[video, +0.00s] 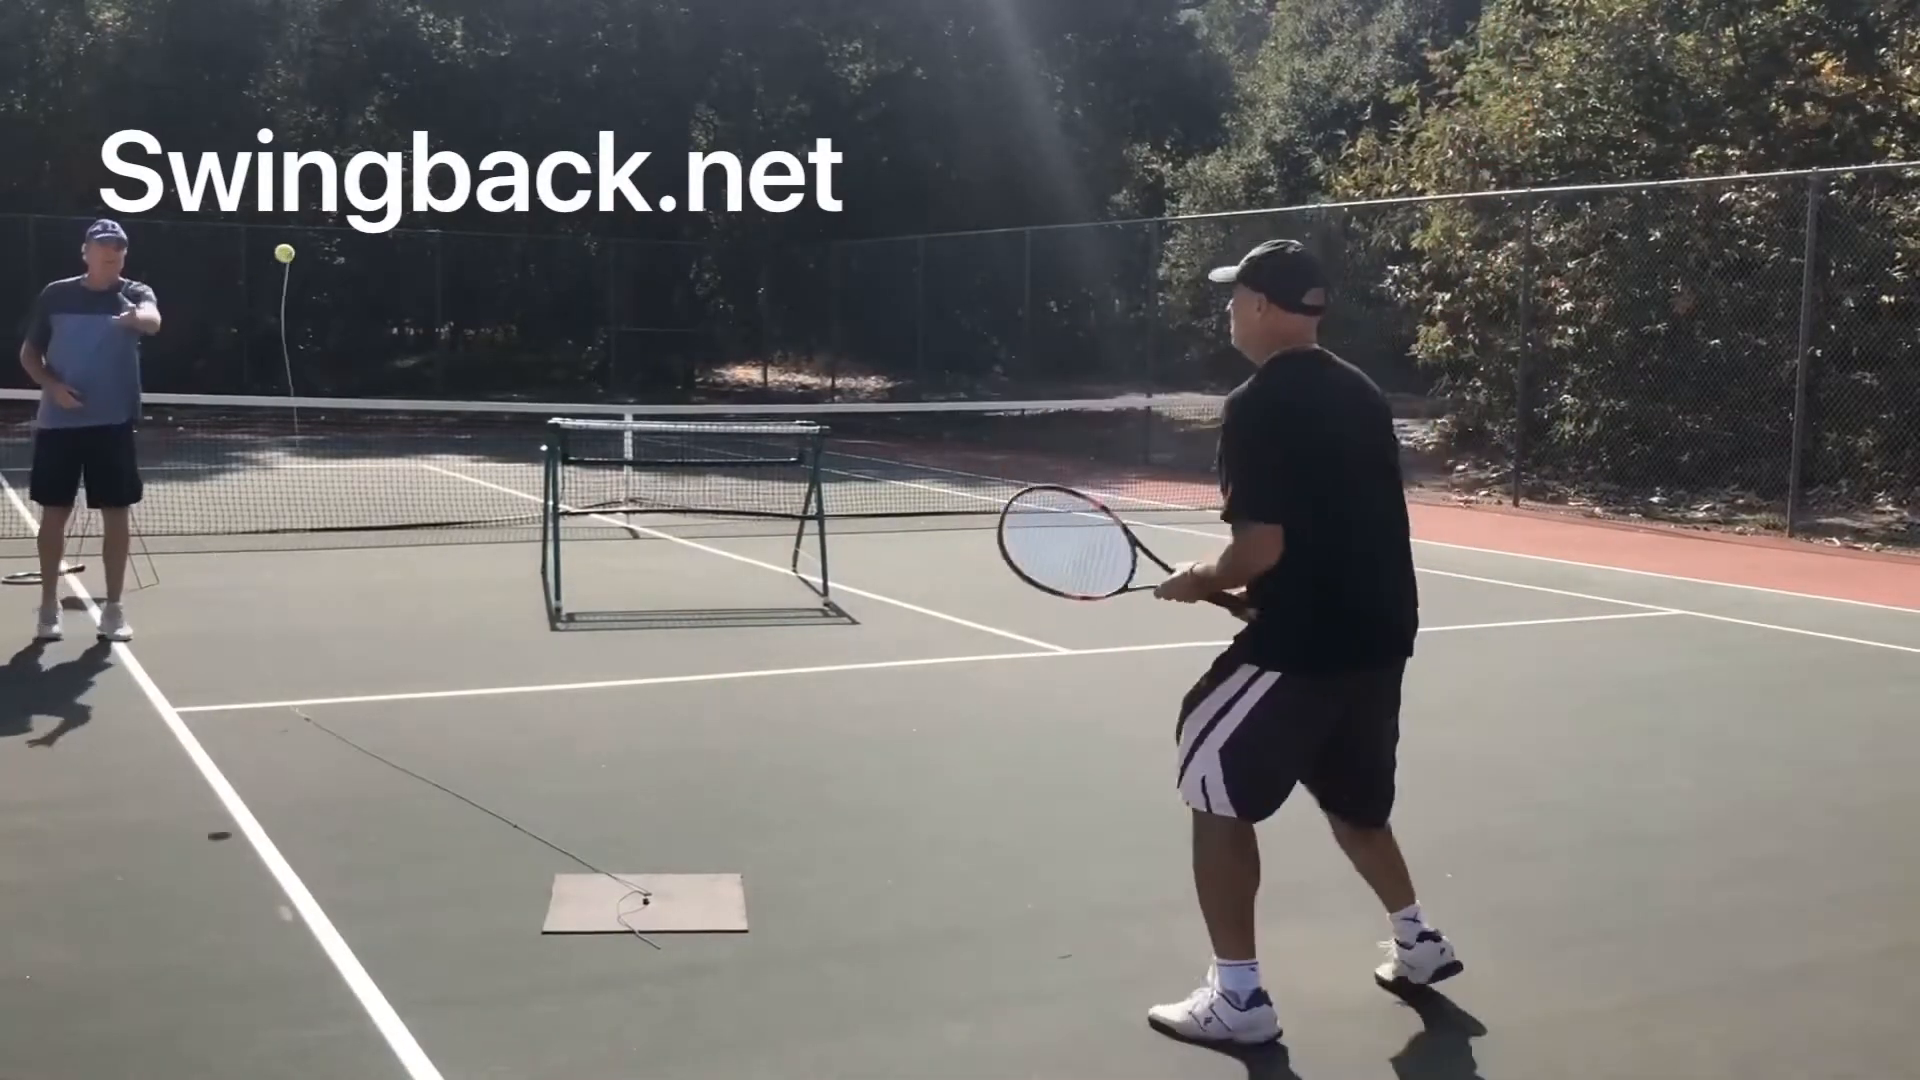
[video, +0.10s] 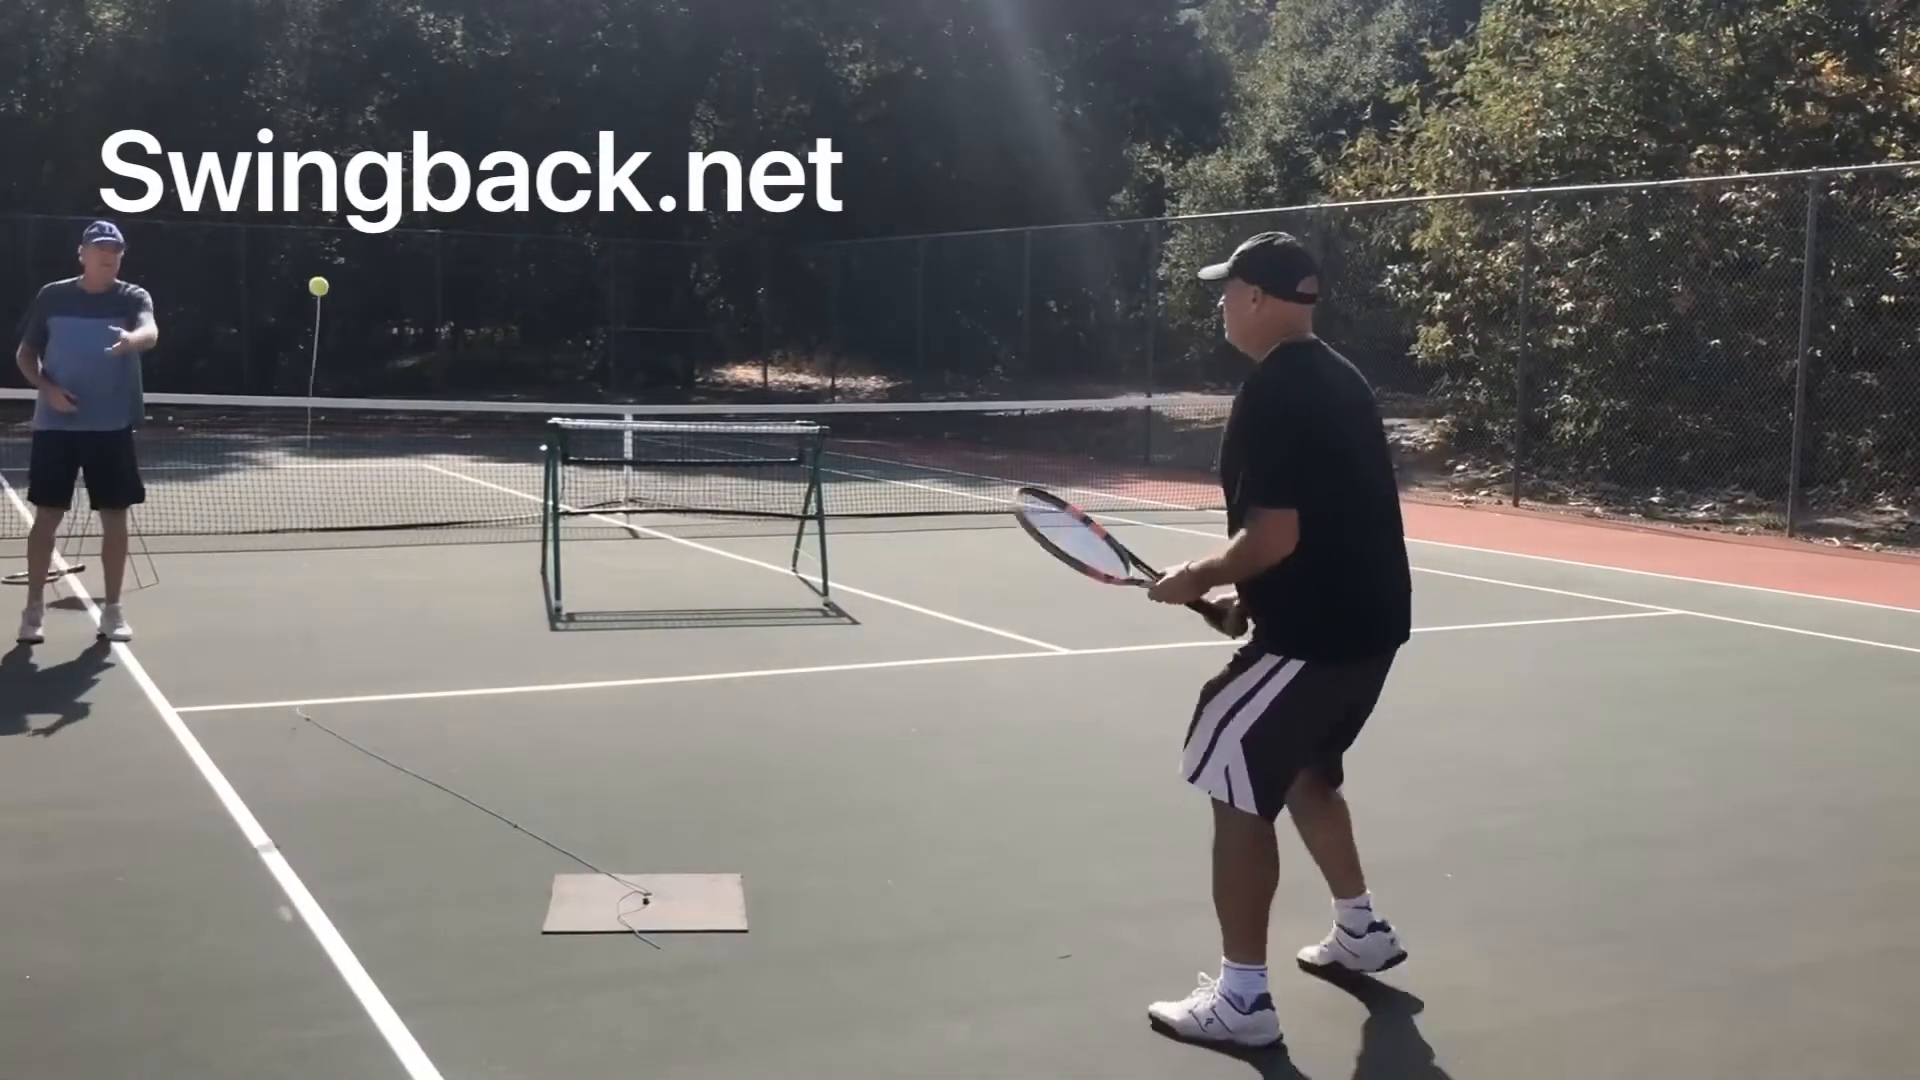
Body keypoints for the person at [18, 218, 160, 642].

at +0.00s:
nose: (114, 254)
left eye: (118, 247)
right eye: (105, 246)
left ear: (126, 254)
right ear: (86, 251)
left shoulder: (137, 293)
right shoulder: (56, 294)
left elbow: (152, 318)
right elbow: (28, 353)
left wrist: (135, 317)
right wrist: (52, 385)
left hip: (114, 426)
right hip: (60, 427)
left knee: (117, 516)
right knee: (54, 514)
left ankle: (113, 608)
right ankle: (48, 606)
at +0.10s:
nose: (108, 256)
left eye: (114, 249)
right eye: (101, 248)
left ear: (122, 256)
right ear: (83, 253)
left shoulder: (134, 297)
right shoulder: (52, 296)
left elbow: (149, 332)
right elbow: (24, 353)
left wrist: (132, 339)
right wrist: (47, 387)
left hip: (112, 430)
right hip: (56, 429)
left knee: (115, 519)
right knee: (48, 516)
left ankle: (112, 610)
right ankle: (34, 608)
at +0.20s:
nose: (103, 260)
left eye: (109, 253)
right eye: (96, 252)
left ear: (115, 258)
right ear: (76, 255)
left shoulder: (130, 301)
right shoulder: (45, 297)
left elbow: (144, 346)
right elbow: (18, 354)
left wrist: (134, 370)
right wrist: (42, 389)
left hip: (107, 432)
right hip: (51, 431)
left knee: (113, 519)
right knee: (40, 517)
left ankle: (112, 609)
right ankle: (19, 609)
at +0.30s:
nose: (93, 264)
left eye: (99, 257)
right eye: (86, 255)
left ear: (105, 260)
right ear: (65, 256)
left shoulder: (119, 304)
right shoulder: (34, 300)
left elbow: (135, 360)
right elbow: (9, 359)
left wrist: (134, 406)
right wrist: (36, 395)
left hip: (102, 434)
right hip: (44, 435)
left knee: (109, 520)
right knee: (32, 521)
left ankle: (112, 609)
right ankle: (10, 612)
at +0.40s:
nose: (79, 265)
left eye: (85, 258)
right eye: (72, 256)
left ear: (92, 262)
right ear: (52, 256)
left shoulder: (106, 304)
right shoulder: (19, 301)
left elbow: (122, 365)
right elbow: (2, 363)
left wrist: (129, 426)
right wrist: (26, 398)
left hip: (91, 436)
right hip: (34, 438)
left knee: (104, 520)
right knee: (25, 523)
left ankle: (111, 609)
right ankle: (10, 614)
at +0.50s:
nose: (67, 264)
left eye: (73, 257)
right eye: (59, 255)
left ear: (80, 260)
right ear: (40, 256)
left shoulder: (94, 303)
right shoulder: (8, 300)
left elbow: (107, 363)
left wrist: (117, 426)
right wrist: (12, 398)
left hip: (80, 436)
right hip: (21, 437)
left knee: (96, 518)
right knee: (17, 523)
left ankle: (108, 608)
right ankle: (9, 615)